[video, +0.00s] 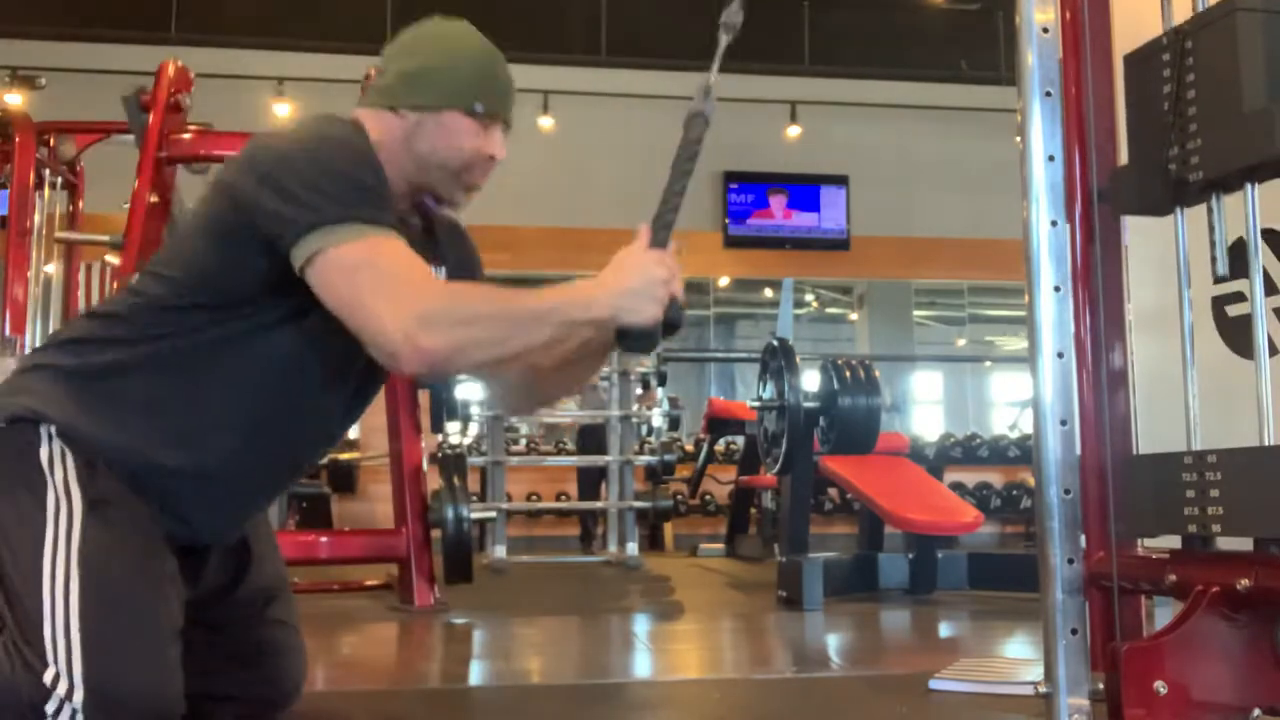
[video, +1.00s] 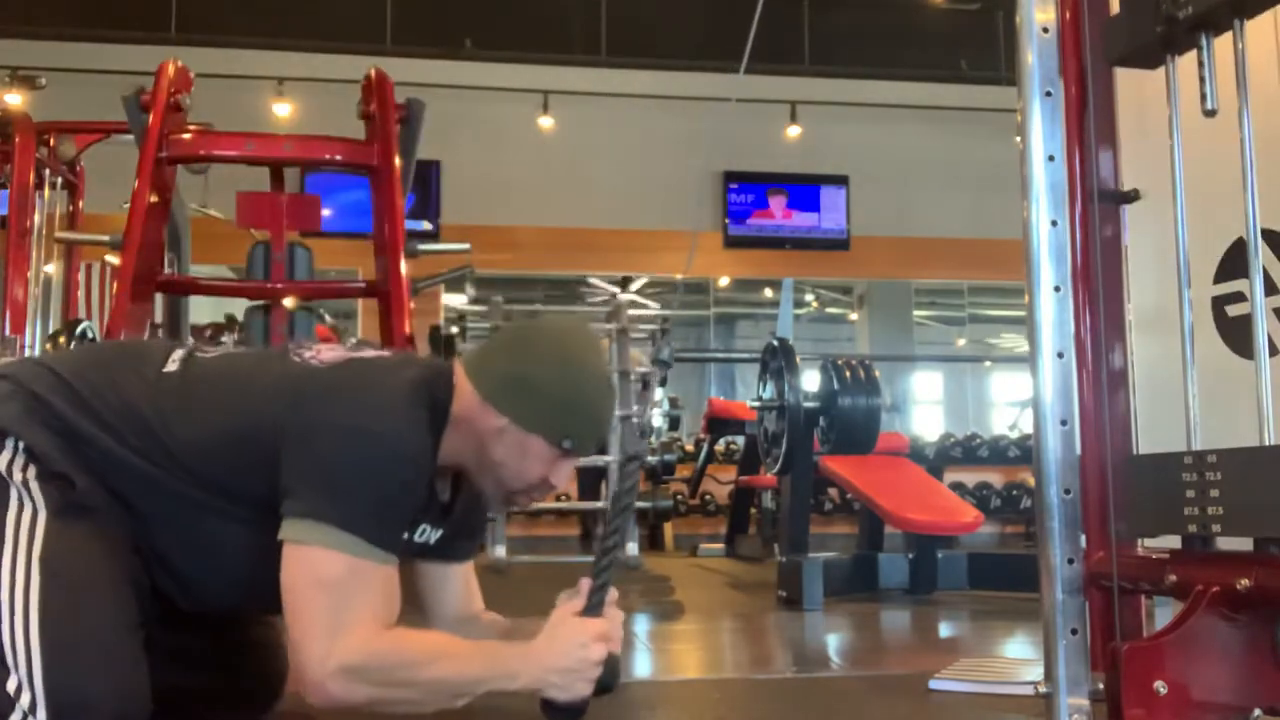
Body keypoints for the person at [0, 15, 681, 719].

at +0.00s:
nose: (499, 151)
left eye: (503, 129)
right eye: (483, 119)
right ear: (410, 104)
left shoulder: (438, 244)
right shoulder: (310, 159)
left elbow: (514, 389)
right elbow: (413, 329)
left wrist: (610, 331)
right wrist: (597, 298)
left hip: (207, 491)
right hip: (78, 448)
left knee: (259, 683)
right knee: (112, 696)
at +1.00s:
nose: (564, 482)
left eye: (577, 461)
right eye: (563, 451)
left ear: (506, 417)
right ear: (505, 415)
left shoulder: (458, 464)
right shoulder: (369, 427)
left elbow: (455, 625)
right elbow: (336, 667)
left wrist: (549, 646)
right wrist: (528, 662)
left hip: (168, 500)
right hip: (46, 449)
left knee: (238, 685)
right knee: (82, 703)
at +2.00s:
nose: (632, 212)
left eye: (628, 185)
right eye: (616, 187)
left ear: (555, 192)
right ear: (556, 186)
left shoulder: (521, 273)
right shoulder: (466, 223)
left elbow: (674, 305)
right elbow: (688, 316)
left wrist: (830, 251)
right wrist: (846, 248)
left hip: (230, 506)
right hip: (114, 435)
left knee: (249, 688)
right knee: (77, 699)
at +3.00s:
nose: (561, 65)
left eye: (558, 49)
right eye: (543, 44)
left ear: (496, 58)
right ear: (480, 47)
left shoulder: (499, 175)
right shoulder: (412, 97)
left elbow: (652, 181)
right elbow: (622, 134)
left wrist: (751, 71)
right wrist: (751, 26)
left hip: (257, 485)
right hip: (144, 423)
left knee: (256, 694)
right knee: (79, 701)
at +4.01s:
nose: (582, 481)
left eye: (588, 458)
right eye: (572, 454)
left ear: (508, 441)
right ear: (503, 433)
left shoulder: (469, 486)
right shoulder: (374, 467)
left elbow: (480, 638)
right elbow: (352, 691)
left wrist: (572, 647)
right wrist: (550, 668)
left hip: (175, 494)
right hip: (60, 450)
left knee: (249, 688)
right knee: (79, 701)